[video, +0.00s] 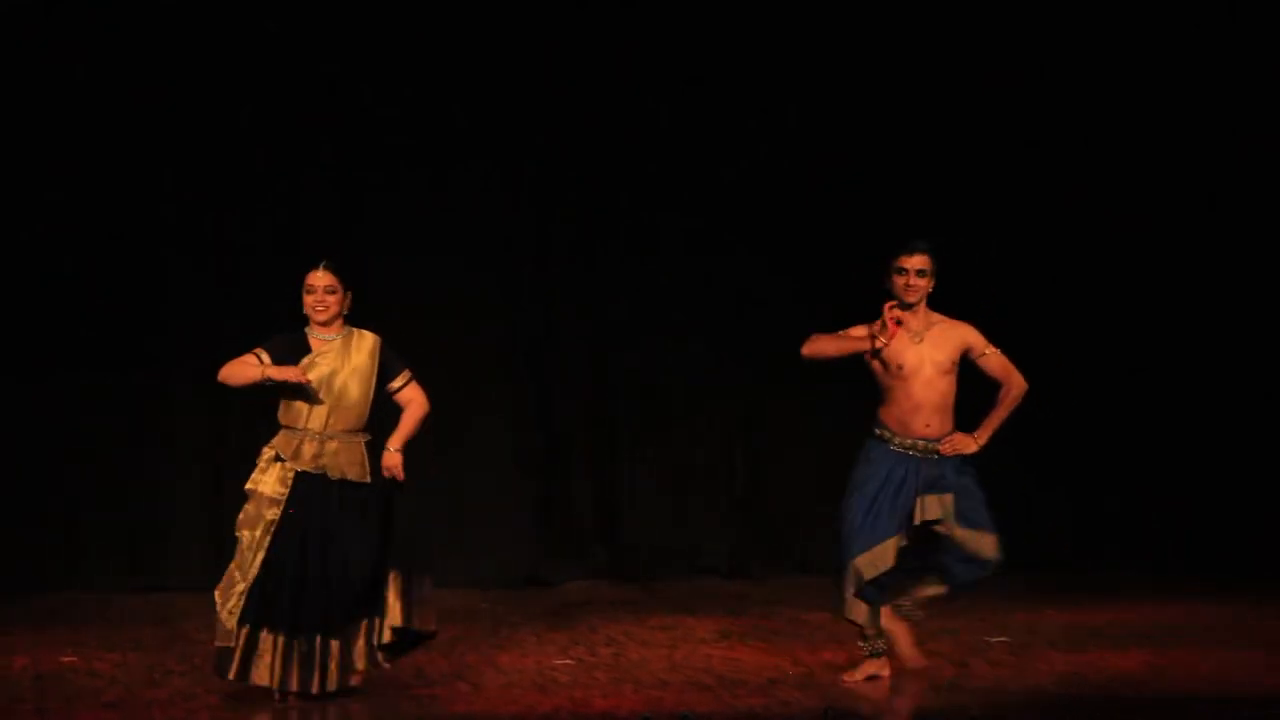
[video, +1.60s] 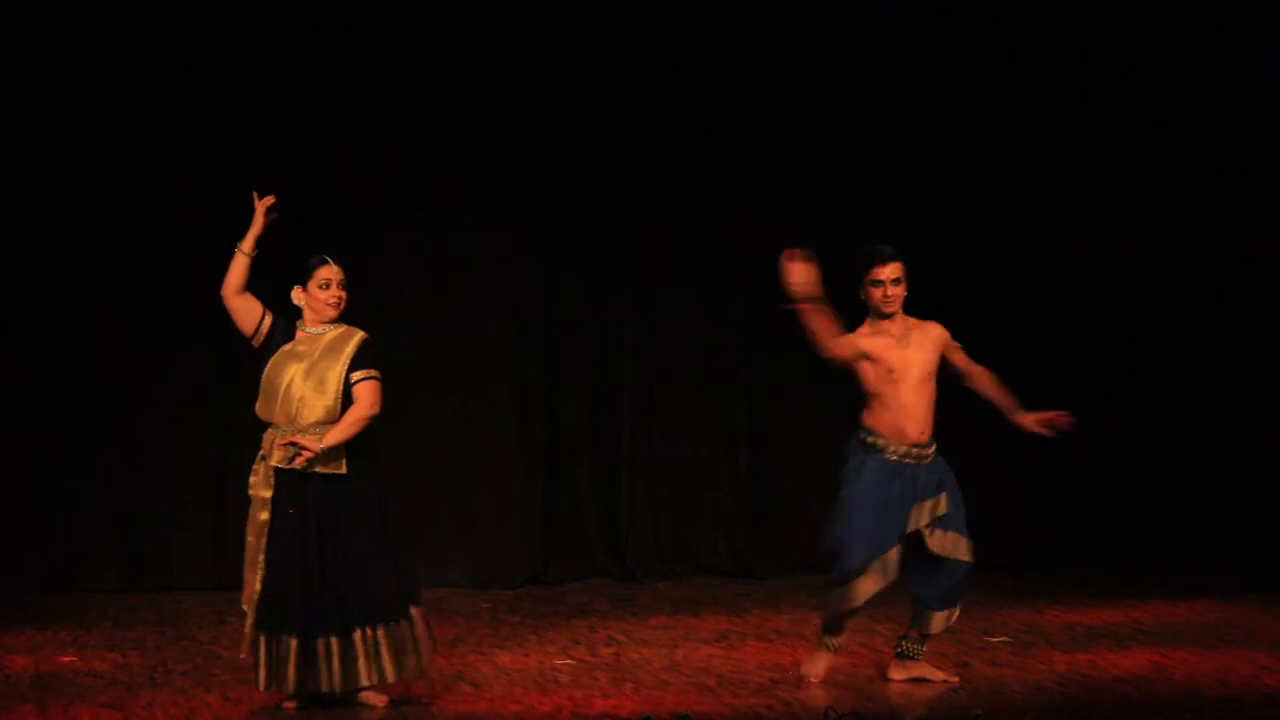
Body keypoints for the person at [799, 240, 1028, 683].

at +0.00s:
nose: (911, 282)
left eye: (920, 274)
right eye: (902, 273)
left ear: (932, 281)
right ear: (890, 278)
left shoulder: (958, 334)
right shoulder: (876, 333)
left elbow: (1015, 384)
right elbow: (810, 348)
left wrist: (978, 436)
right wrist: (871, 340)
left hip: (943, 455)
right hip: (888, 452)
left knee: (976, 550)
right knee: (866, 549)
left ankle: (898, 605)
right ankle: (876, 654)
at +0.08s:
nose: (917, 280)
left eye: (926, 272)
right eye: (908, 271)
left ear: (936, 277)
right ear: (894, 277)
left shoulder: (963, 330)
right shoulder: (881, 332)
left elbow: (1021, 379)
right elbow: (819, 355)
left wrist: (985, 433)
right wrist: (879, 344)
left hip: (951, 454)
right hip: (895, 451)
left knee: (996, 548)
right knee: (866, 546)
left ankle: (932, 621)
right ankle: (876, 653)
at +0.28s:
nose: (941, 277)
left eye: (947, 269)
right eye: (931, 269)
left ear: (955, 276)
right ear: (912, 277)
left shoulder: (978, 327)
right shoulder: (903, 332)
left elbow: (1046, 348)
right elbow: (850, 364)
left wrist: (1019, 397)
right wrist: (909, 367)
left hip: (976, 449)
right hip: (922, 450)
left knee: (1004, 546)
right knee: (890, 539)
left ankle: (965, 649)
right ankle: (912, 624)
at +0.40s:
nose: (951, 272)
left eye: (956, 264)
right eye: (940, 264)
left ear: (963, 272)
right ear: (920, 273)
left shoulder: (984, 320)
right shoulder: (913, 328)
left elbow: (1054, 325)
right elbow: (871, 355)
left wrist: (1035, 354)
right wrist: (926, 368)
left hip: (980, 447)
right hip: (931, 449)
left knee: (1006, 541)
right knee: (948, 550)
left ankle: (962, 647)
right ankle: (940, 631)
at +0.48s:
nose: (896, 296)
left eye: (896, 289)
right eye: (885, 290)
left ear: (895, 299)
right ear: (857, 299)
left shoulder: (914, 360)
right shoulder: (824, 352)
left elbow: (974, 406)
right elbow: (751, 339)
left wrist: (1024, 431)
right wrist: (744, 276)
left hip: (911, 479)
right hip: (849, 481)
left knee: (965, 564)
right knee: (800, 566)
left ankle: (913, 656)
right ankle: (843, 659)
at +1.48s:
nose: (880, 296)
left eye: (888, 287)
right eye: (870, 288)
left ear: (897, 292)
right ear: (854, 296)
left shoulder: (927, 345)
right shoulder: (839, 348)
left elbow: (997, 379)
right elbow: (765, 344)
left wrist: (1050, 417)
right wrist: (765, 283)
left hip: (921, 471)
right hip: (861, 471)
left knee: (955, 564)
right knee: (826, 557)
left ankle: (909, 657)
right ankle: (835, 656)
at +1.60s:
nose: (889, 291)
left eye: (896, 282)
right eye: (878, 284)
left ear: (906, 287)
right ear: (864, 291)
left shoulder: (933, 334)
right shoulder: (861, 341)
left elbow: (975, 373)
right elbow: (830, 346)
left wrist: (1019, 415)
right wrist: (806, 298)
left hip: (927, 462)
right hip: (878, 461)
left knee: (948, 558)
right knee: (867, 564)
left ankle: (908, 658)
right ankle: (828, 645)